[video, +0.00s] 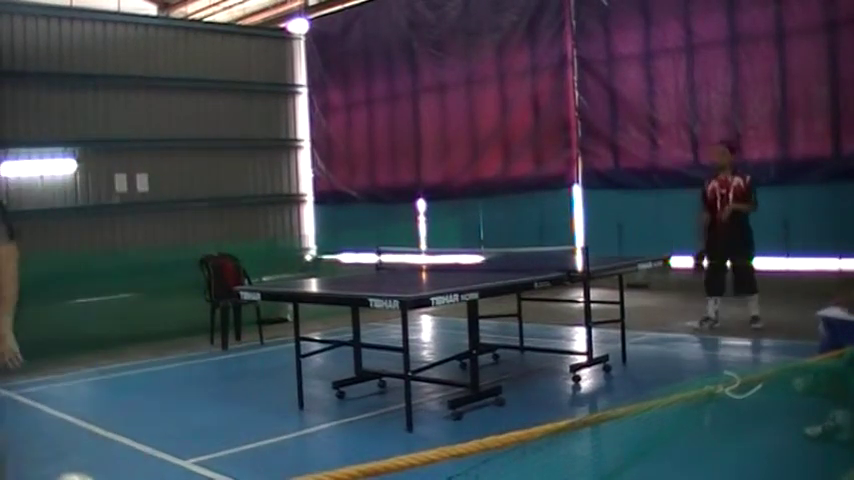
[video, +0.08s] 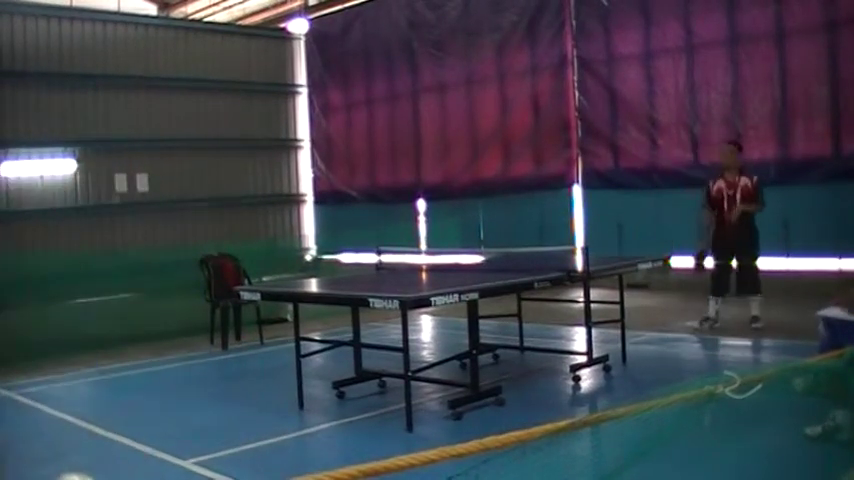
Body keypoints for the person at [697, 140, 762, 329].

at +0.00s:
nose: (718, 159)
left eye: (723, 155)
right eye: (717, 155)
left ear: (731, 157)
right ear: (714, 159)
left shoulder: (743, 181)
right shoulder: (710, 184)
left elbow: (751, 206)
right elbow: (707, 215)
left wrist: (733, 205)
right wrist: (703, 244)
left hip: (739, 235)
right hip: (716, 237)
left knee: (745, 272)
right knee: (713, 273)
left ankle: (754, 313)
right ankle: (712, 314)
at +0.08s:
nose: (728, 159)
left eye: (732, 155)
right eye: (725, 155)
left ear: (738, 158)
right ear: (721, 159)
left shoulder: (750, 183)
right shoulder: (714, 185)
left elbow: (758, 206)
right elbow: (709, 214)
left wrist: (741, 207)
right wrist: (703, 245)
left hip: (745, 236)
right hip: (722, 236)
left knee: (749, 271)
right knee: (719, 272)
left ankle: (755, 313)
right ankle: (712, 314)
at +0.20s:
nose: (737, 158)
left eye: (741, 153)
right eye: (735, 153)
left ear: (748, 156)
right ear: (730, 156)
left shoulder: (758, 181)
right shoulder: (721, 183)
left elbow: (766, 206)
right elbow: (714, 215)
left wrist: (754, 214)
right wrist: (708, 246)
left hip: (752, 237)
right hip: (728, 237)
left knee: (754, 274)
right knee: (723, 273)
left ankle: (756, 314)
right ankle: (713, 314)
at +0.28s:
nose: (740, 158)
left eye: (744, 154)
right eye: (737, 154)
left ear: (751, 156)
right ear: (733, 156)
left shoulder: (762, 182)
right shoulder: (724, 183)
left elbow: (765, 211)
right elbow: (717, 214)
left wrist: (760, 236)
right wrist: (712, 243)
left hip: (754, 236)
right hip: (731, 235)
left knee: (755, 274)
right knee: (725, 272)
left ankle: (757, 314)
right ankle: (717, 313)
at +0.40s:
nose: (744, 157)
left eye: (748, 153)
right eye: (741, 152)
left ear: (755, 156)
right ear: (736, 156)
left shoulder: (765, 181)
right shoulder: (727, 181)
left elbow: (773, 206)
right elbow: (720, 209)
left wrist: (767, 217)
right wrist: (717, 234)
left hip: (756, 235)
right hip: (732, 234)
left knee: (756, 272)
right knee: (729, 272)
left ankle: (757, 314)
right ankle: (725, 314)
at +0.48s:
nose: (745, 157)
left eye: (749, 152)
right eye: (742, 152)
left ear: (756, 156)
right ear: (737, 156)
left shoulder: (766, 182)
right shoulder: (728, 181)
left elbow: (774, 205)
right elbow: (721, 210)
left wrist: (766, 217)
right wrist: (719, 236)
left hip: (757, 233)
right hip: (734, 233)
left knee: (756, 272)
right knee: (731, 271)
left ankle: (756, 314)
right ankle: (725, 313)